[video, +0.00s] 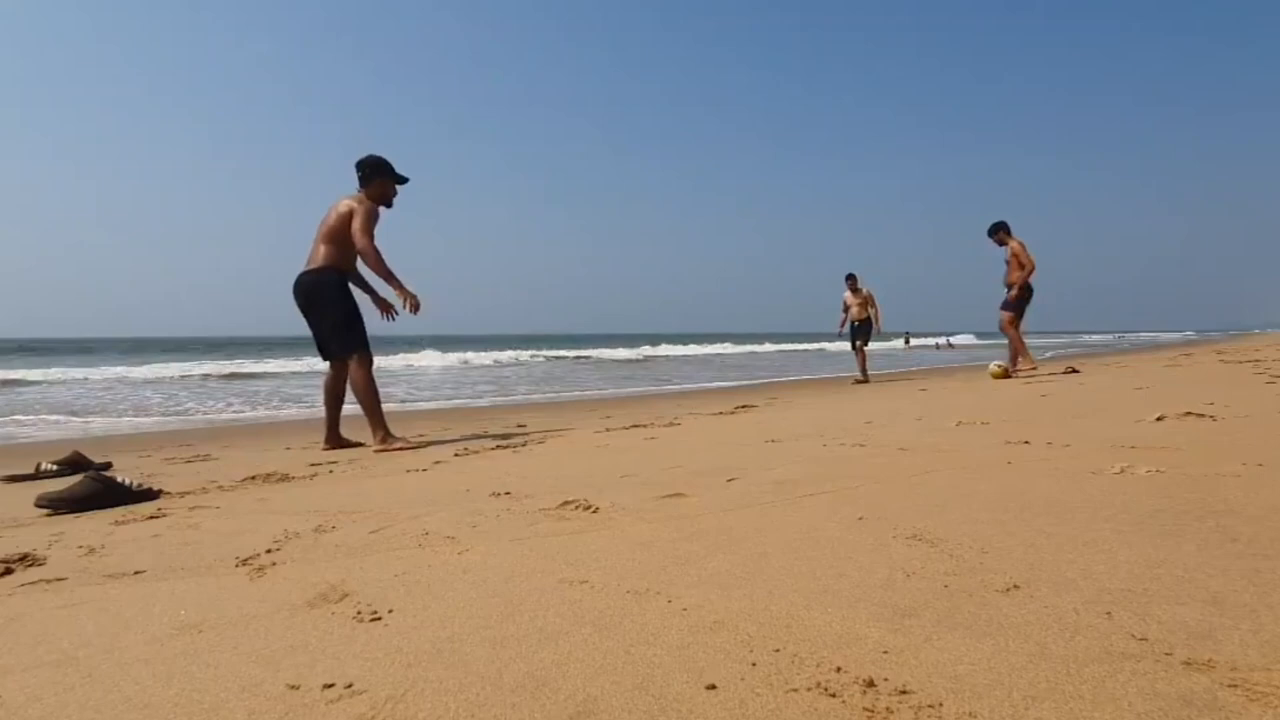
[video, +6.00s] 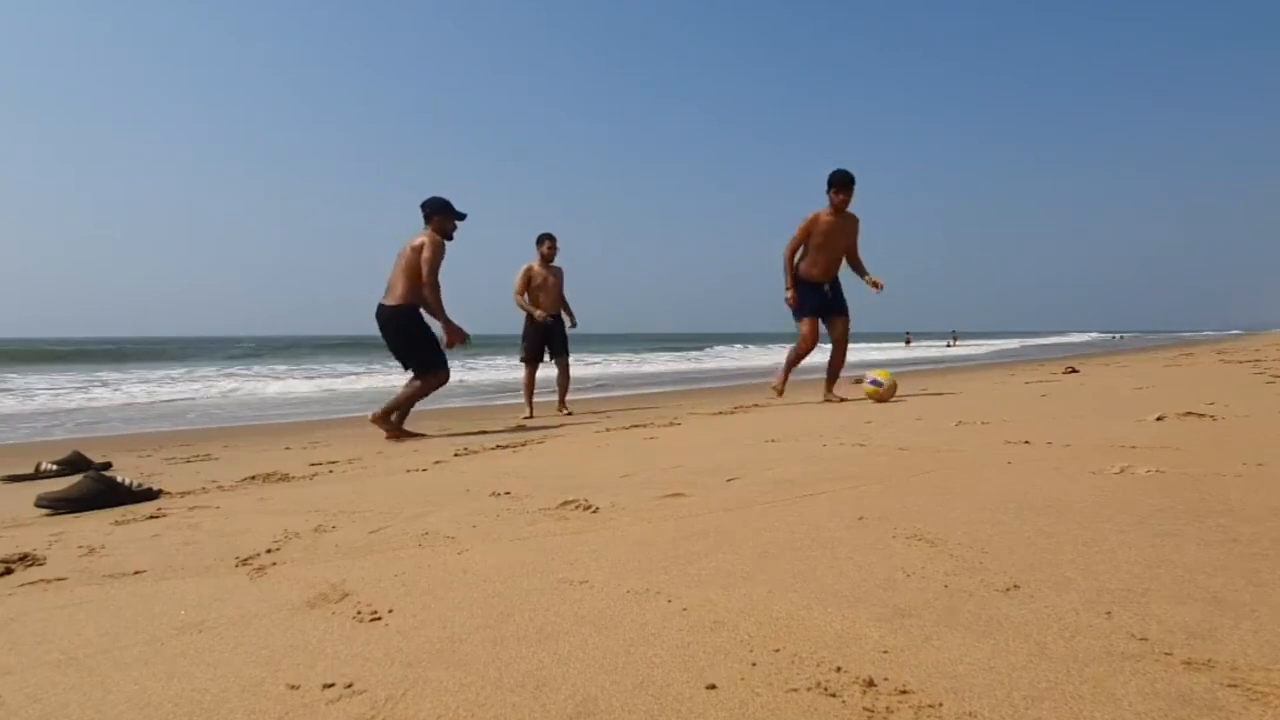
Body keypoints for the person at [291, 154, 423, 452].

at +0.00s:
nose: (395, 191)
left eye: (396, 185)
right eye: (391, 184)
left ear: (366, 184)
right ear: (375, 183)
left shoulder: (344, 207)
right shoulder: (363, 207)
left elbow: (345, 265)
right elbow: (364, 247)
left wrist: (374, 297)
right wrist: (400, 288)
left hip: (309, 284)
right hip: (328, 282)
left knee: (339, 361)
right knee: (360, 358)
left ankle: (332, 435)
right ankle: (382, 435)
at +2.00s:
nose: (424, 214)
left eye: (425, 208)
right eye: (422, 207)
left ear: (400, 203)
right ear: (407, 203)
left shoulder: (373, 221)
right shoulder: (393, 222)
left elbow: (348, 264)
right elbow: (393, 265)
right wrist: (426, 312)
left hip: (311, 284)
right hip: (339, 284)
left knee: (341, 362)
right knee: (389, 357)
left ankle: (334, 435)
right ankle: (385, 435)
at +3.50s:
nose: (406, 184)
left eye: (407, 178)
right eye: (403, 177)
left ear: (381, 174)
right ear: (386, 174)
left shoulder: (356, 197)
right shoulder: (371, 197)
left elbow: (352, 258)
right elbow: (357, 242)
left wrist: (384, 296)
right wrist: (382, 292)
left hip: (311, 276)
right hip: (329, 276)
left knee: (347, 358)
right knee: (366, 356)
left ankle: (327, 437)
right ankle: (350, 438)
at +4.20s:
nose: (412, 175)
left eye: (412, 169)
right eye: (408, 168)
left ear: (387, 167)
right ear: (392, 165)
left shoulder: (367, 193)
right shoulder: (380, 192)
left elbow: (368, 256)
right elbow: (375, 242)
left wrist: (393, 295)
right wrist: (405, 290)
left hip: (344, 276)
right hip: (350, 275)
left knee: (375, 357)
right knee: (378, 357)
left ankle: (358, 431)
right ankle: (351, 435)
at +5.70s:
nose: (437, 193)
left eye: (437, 188)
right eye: (433, 188)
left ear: (415, 189)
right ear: (417, 188)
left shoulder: (402, 214)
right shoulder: (409, 215)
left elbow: (399, 263)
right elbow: (405, 262)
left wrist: (421, 300)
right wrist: (426, 300)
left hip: (389, 287)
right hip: (393, 289)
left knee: (405, 358)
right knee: (403, 359)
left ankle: (382, 422)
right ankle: (365, 421)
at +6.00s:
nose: (455, 225)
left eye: (455, 220)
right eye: (451, 220)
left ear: (432, 221)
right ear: (436, 220)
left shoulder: (418, 243)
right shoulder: (433, 242)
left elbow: (422, 298)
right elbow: (429, 285)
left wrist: (449, 326)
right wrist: (448, 325)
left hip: (390, 311)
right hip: (403, 313)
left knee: (426, 372)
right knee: (439, 375)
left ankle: (397, 425)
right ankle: (384, 414)